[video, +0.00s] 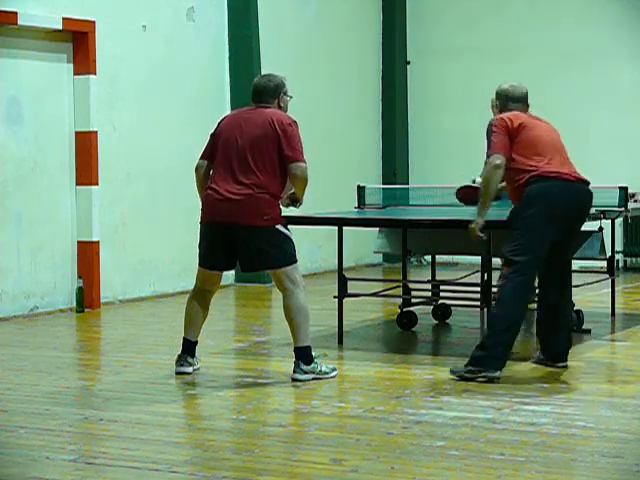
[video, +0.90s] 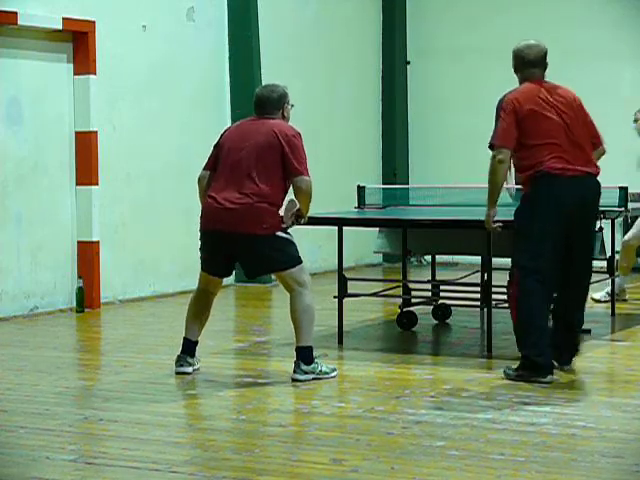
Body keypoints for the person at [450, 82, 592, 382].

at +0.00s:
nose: (492, 113)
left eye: (493, 109)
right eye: (492, 109)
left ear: (499, 106)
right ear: (526, 107)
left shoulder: (502, 121)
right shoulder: (542, 124)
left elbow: (497, 163)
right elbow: (547, 164)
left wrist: (481, 215)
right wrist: (505, 185)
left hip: (543, 193)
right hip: (578, 193)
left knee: (518, 273)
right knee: (555, 269)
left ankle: (487, 362)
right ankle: (554, 353)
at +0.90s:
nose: (517, 74)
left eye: (515, 69)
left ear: (516, 69)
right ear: (545, 67)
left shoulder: (513, 101)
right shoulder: (569, 97)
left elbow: (502, 157)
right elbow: (598, 148)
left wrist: (491, 207)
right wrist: (567, 174)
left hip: (545, 191)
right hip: (586, 191)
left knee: (531, 273)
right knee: (576, 273)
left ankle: (536, 363)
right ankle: (563, 354)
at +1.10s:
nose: (533, 67)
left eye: (531, 63)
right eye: (545, 60)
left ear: (532, 63)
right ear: (561, 61)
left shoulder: (529, 93)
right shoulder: (584, 93)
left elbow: (521, 147)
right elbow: (611, 145)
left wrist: (511, 201)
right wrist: (583, 175)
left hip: (557, 188)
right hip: (596, 188)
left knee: (544, 273)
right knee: (587, 272)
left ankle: (537, 364)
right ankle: (616, 351)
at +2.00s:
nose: (499, 80)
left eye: (498, 75)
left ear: (498, 77)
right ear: (526, 75)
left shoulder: (494, 111)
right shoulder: (552, 106)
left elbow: (482, 165)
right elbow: (578, 155)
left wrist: (472, 217)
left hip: (522, 208)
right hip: (567, 205)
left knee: (486, 279)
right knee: (591, 281)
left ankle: (485, 363)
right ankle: (636, 362)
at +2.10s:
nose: (484, 73)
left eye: (480, 68)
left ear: (479, 70)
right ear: (508, 68)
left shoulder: (469, 107)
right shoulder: (533, 101)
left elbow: (452, 159)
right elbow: (561, 148)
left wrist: (443, 212)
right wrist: (538, 180)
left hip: (496, 203)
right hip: (541, 200)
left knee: (474, 284)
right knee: (560, 275)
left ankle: (484, 364)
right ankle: (606, 346)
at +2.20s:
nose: (479, 65)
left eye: (475, 59)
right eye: (489, 60)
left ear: (469, 62)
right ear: (499, 61)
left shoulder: (452, 97)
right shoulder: (520, 95)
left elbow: (432, 146)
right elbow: (547, 141)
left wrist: (430, 195)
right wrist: (523, 171)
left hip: (472, 194)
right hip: (516, 192)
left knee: (469, 276)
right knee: (528, 268)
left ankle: (478, 359)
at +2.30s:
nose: (489, 66)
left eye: (476, 60)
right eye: (492, 60)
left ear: (465, 61)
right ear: (494, 61)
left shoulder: (444, 91)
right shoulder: (510, 96)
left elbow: (421, 139)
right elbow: (535, 145)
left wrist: (420, 187)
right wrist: (506, 171)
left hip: (448, 187)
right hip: (491, 188)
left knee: (447, 269)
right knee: (491, 270)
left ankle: (456, 343)